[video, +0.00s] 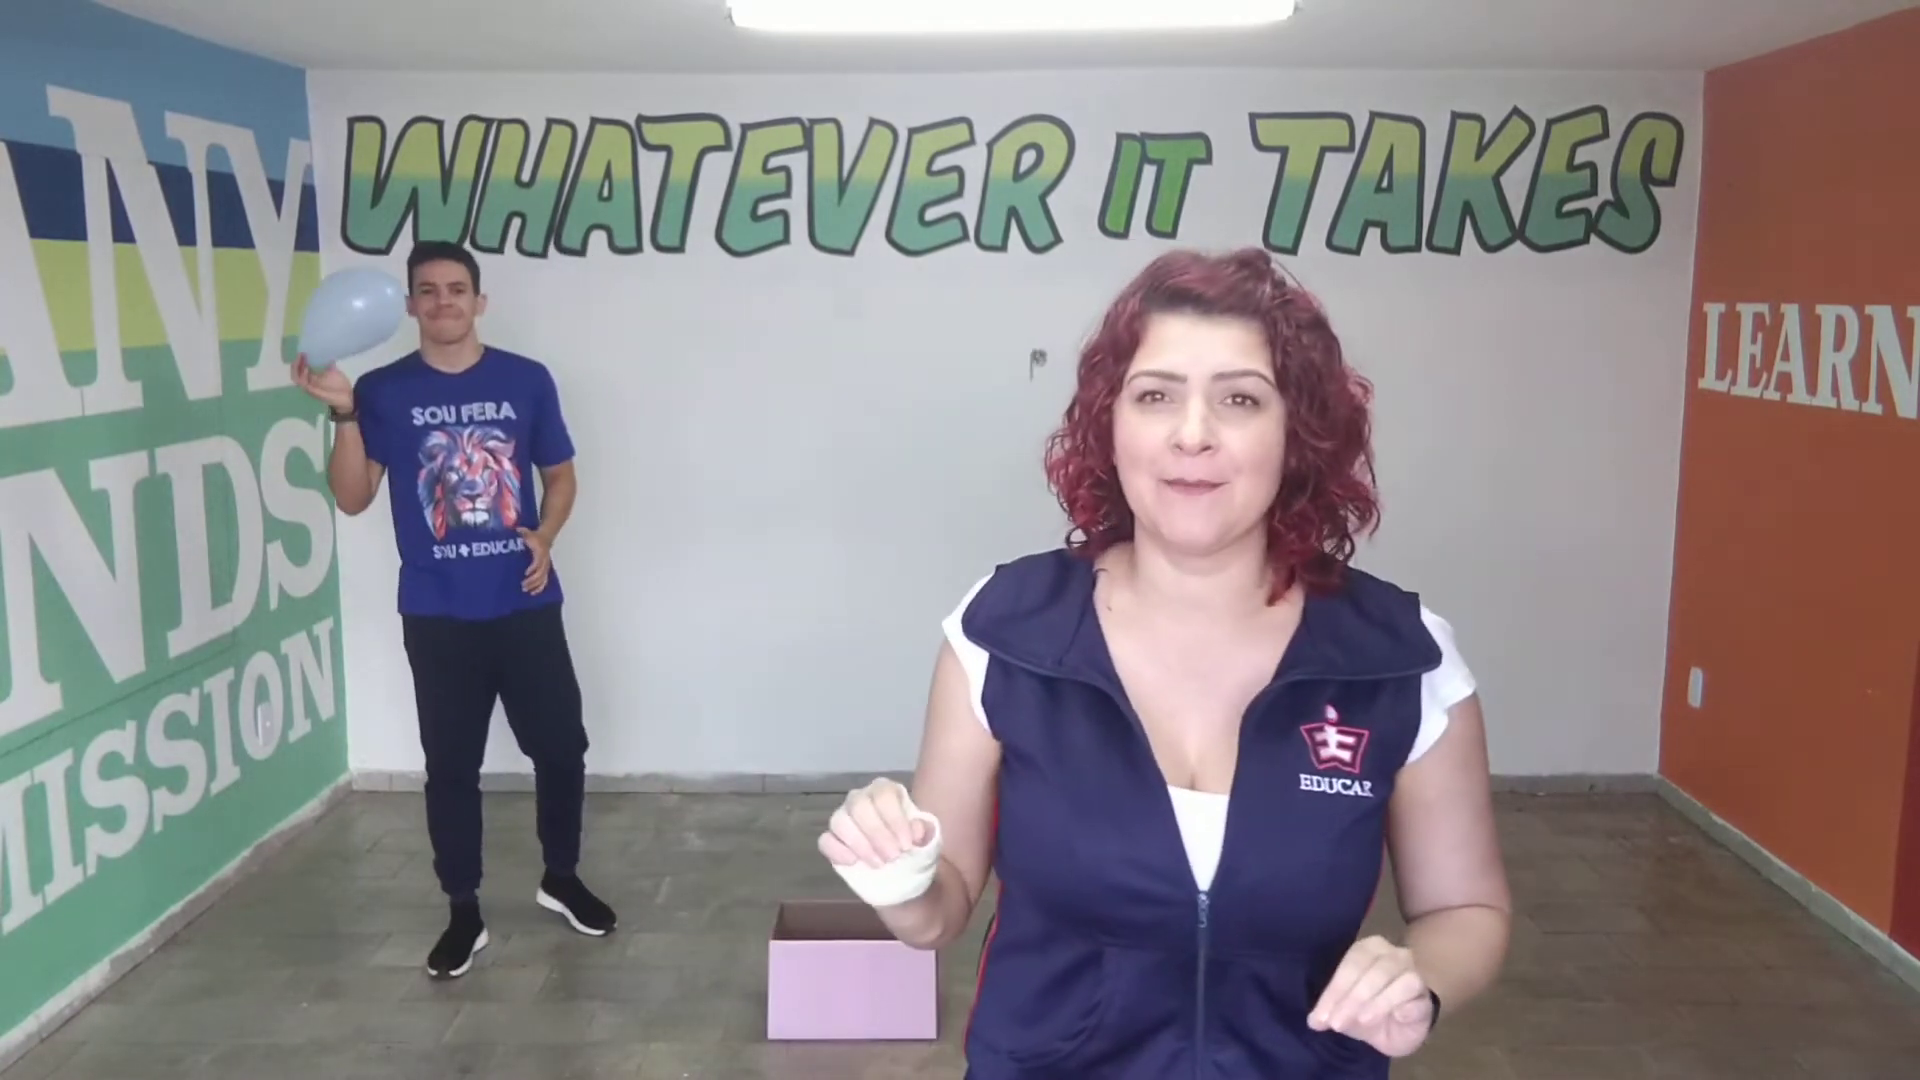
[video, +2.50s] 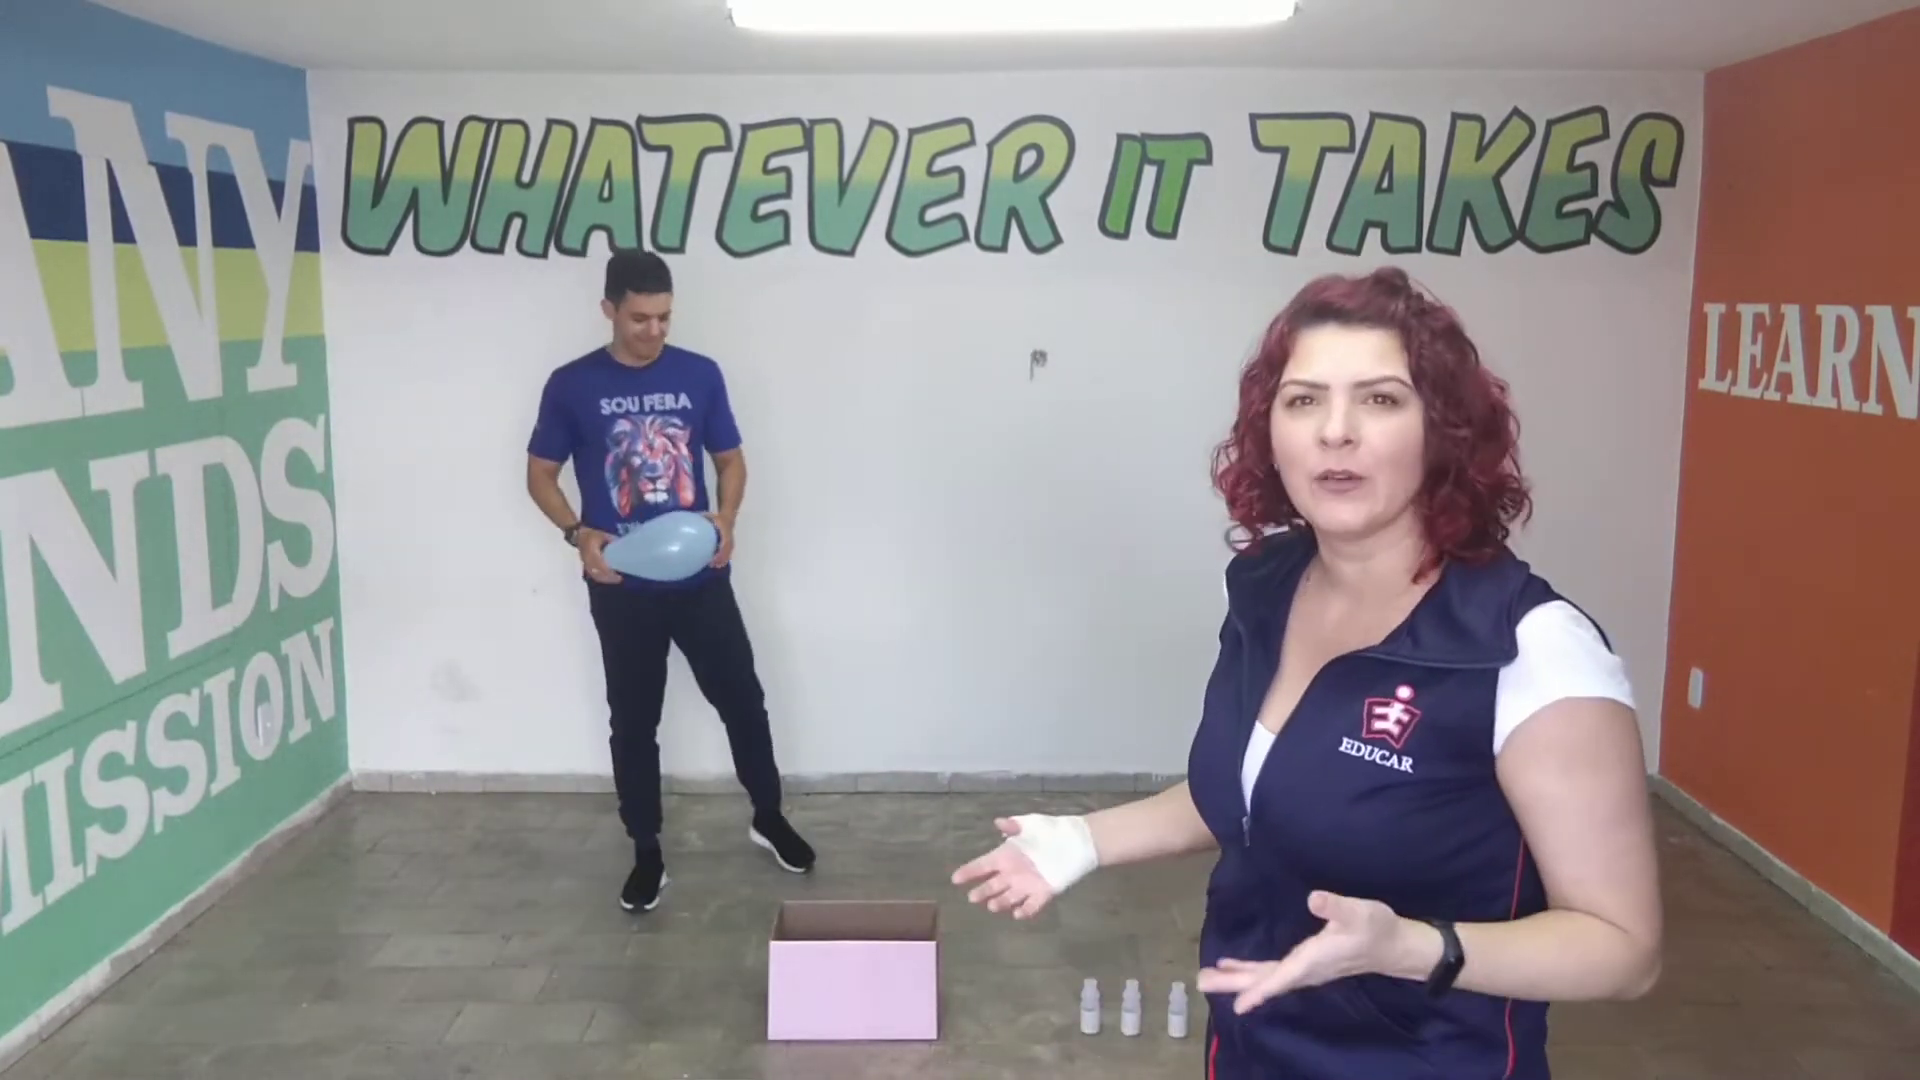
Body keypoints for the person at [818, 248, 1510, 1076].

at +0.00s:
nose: (1193, 435)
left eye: (1240, 398)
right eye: (1155, 395)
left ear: (1301, 434)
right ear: (1107, 423)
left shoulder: (1396, 654)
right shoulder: (1008, 628)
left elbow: (1464, 906)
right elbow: (935, 914)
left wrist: (1412, 974)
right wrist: (892, 869)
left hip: (1297, 1061)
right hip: (1046, 1059)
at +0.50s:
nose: (1242, 395)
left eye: (1293, 376)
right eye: (1209, 364)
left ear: (1340, 444)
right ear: (1153, 410)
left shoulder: (1425, 659)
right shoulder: (1031, 618)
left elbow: (1483, 909)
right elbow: (940, 852)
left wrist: (1424, 994)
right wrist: (896, 940)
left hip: (1306, 1064)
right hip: (1061, 1059)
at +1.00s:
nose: (1220, 409)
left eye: (1273, 385)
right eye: (1189, 376)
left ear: (1330, 438)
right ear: (1140, 413)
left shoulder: (1420, 675)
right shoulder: (1079, 613)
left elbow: (1498, 1029)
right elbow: (1045, 797)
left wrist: (1223, 1039)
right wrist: (965, 918)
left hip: (1286, 1077)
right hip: (1061, 1065)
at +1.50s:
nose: (1241, 419)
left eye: (1292, 389)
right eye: (1210, 382)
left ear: (1353, 426)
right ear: (1170, 409)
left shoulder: (1440, 664)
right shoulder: (1153, 585)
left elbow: (1503, 1017)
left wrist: (1218, 982)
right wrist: (1114, 913)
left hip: (1328, 1060)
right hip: (1133, 1054)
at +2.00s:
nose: (1333, 430)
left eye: (1380, 407)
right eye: (1304, 393)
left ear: (1429, 450)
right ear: (1253, 421)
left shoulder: (1516, 665)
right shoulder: (1223, 598)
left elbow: (1601, 967)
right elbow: (1222, 821)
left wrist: (1349, 973)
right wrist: (1126, 968)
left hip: (1434, 1060)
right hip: (1237, 1051)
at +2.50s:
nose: (1336, 434)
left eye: (1380, 399)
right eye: (1305, 400)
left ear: (1442, 430)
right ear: (1269, 428)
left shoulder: (1534, 646)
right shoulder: (1264, 586)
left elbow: (1623, 948)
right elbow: (1250, 787)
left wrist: (1408, 946)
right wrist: (1082, 838)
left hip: (1433, 1058)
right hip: (1250, 1044)